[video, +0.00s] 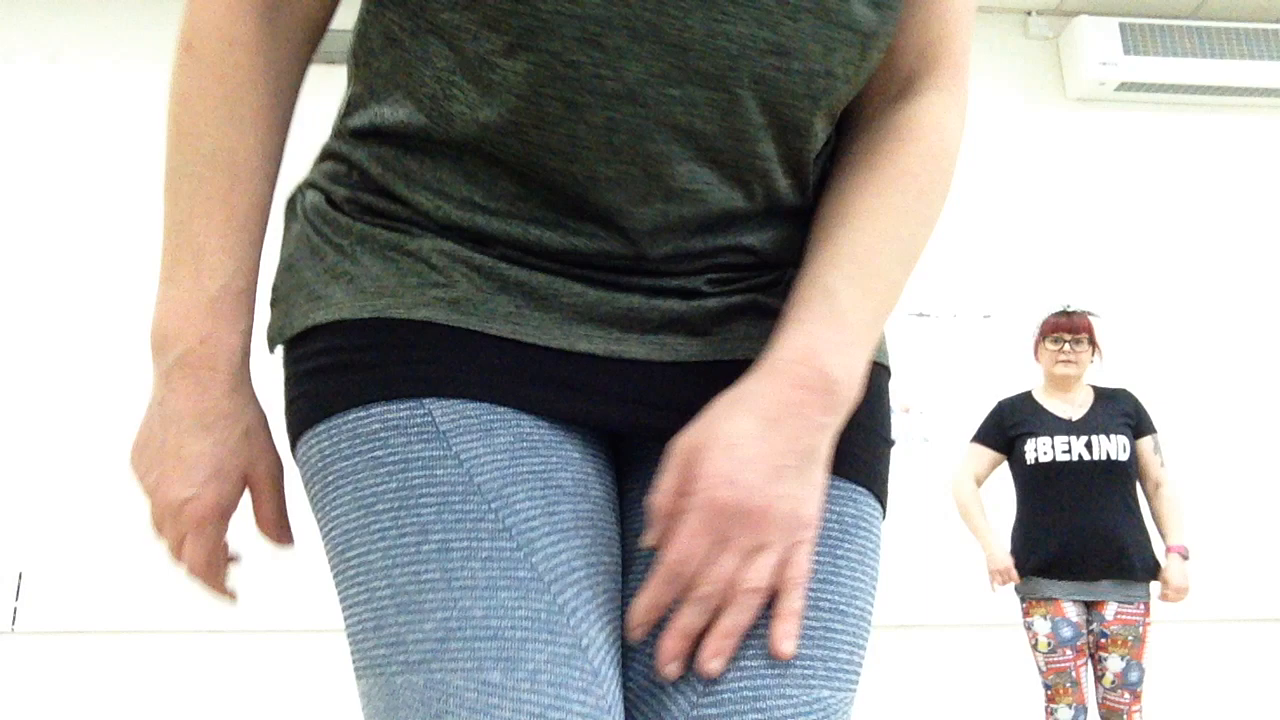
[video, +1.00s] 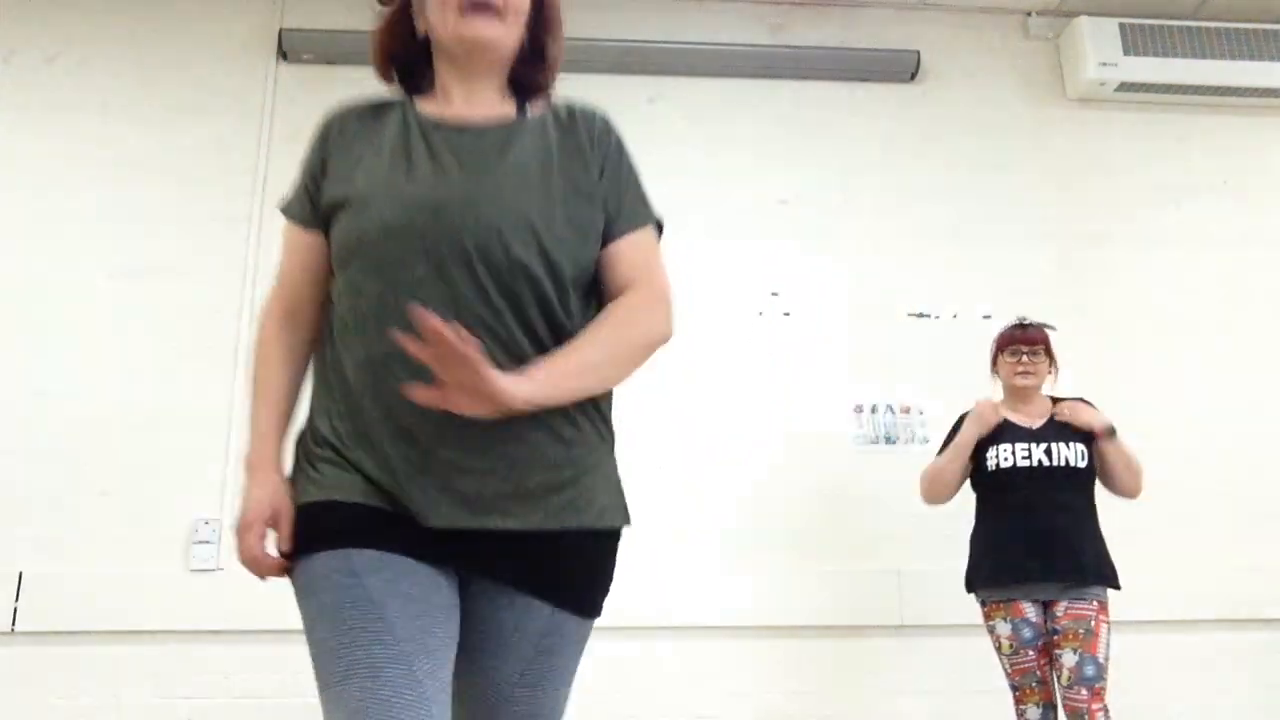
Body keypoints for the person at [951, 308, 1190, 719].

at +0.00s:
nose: (1068, 350)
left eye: (1079, 342)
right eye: (1057, 341)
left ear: (1092, 353)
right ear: (1039, 351)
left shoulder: (1123, 406)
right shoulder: (1013, 412)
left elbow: (1157, 485)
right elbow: (964, 482)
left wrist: (1176, 552)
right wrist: (992, 549)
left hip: (1123, 582)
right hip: (1047, 584)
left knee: (1122, 706)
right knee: (1066, 707)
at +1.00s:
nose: (1024, 361)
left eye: (1034, 354)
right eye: (1014, 354)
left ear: (1049, 365)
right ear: (997, 365)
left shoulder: (1079, 416)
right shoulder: (977, 423)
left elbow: (1130, 487)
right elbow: (933, 492)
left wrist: (1101, 428)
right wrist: (972, 430)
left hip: (1079, 580)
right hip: (1006, 584)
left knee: (1085, 705)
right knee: (1034, 708)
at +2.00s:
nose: (1031, 383)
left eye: (1040, 376)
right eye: (1021, 377)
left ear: (1057, 386)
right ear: (1007, 389)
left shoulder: (1087, 438)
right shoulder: (992, 442)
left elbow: (1117, 509)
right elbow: (927, 461)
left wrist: (1138, 573)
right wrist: (908, 398)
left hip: (1084, 588)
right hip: (1018, 588)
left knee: (1080, 706)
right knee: (1051, 700)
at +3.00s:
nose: (1005, 390)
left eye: (1015, 384)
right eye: (996, 384)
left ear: (1030, 395)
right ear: (981, 393)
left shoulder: (1057, 440)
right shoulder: (958, 444)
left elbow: (1126, 417)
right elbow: (884, 446)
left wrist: (1148, 361)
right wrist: (848, 393)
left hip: (1056, 593)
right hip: (985, 595)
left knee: (1059, 708)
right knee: (996, 708)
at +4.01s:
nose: (938, 391)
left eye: (948, 385)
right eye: (929, 384)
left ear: (960, 396)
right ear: (910, 395)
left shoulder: (986, 430)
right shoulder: (897, 457)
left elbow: (1035, 391)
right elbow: (835, 470)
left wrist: (1034, 330)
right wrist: (796, 417)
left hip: (1027, 584)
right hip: (961, 597)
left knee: (1050, 707)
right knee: (984, 711)